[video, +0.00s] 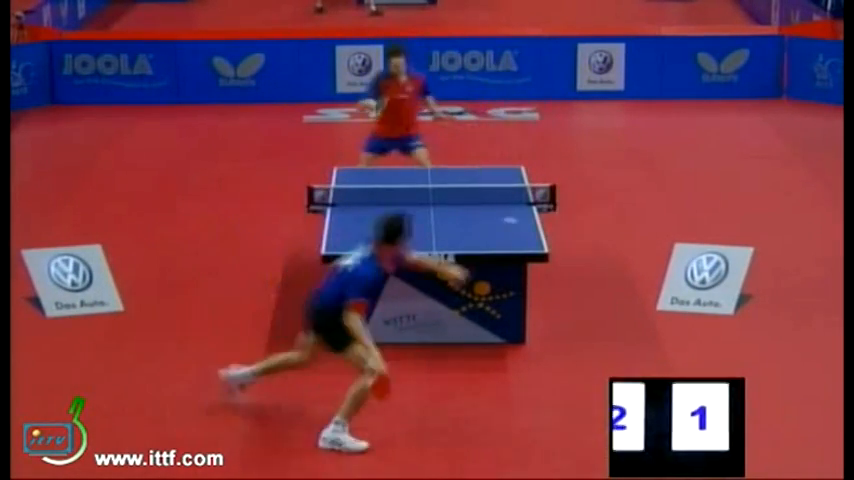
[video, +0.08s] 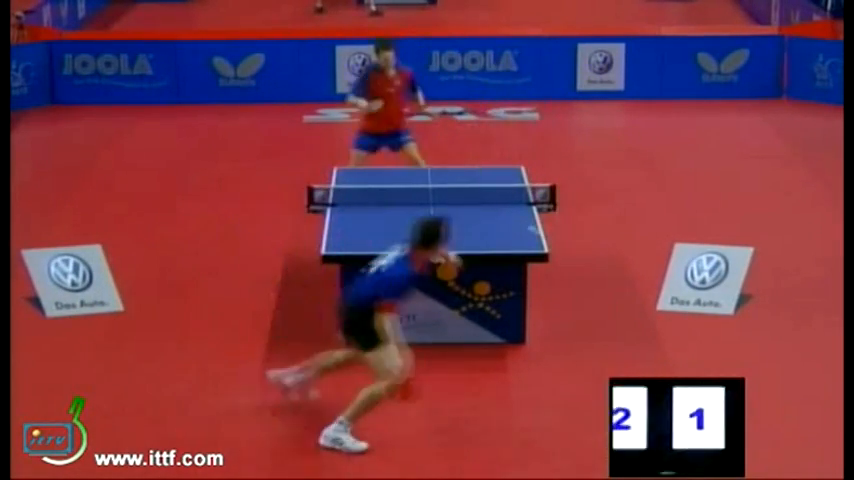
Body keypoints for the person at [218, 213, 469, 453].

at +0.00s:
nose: (402, 252)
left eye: (402, 247)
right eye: (399, 247)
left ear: (384, 243)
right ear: (387, 247)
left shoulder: (380, 256)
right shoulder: (368, 274)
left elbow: (412, 262)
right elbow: (352, 318)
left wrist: (443, 268)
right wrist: (375, 357)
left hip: (318, 309)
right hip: (330, 319)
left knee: (303, 356)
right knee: (374, 370)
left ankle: (243, 374)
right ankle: (336, 430)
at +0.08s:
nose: (442, 251)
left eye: (442, 246)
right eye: (440, 247)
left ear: (419, 241)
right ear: (430, 248)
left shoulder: (403, 253)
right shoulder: (401, 274)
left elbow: (427, 255)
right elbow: (386, 316)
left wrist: (445, 260)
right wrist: (400, 353)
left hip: (354, 301)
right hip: (360, 312)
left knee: (359, 354)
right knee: (394, 374)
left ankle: (295, 376)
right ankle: (339, 429)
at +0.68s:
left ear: (618, 231)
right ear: (642, 233)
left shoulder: (597, 258)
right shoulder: (645, 264)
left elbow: (568, 297)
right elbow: (668, 310)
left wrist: (578, 326)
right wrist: (688, 317)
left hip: (589, 329)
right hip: (621, 331)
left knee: (636, 373)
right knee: (659, 372)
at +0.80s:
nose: (622, 220)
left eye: (623, 217)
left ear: (625, 221)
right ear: (650, 224)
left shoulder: (604, 251)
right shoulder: (658, 257)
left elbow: (577, 291)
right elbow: (670, 309)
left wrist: (579, 320)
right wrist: (665, 301)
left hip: (604, 322)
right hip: (639, 326)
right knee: (666, 374)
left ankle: (602, 406)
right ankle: (671, 421)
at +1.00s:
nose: (610, 213)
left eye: (611, 209)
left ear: (610, 213)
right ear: (636, 214)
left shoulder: (595, 244)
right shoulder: (649, 246)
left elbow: (566, 283)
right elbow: (661, 286)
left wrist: (585, 294)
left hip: (604, 324)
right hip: (642, 325)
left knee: (564, 378)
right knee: (679, 378)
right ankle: (689, 444)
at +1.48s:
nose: (572, 246)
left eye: (574, 243)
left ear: (574, 247)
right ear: (598, 254)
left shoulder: (553, 274)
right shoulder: (591, 289)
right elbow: (586, 338)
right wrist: (617, 363)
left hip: (532, 356)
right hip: (566, 357)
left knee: (492, 395)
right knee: (617, 374)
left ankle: (491, 444)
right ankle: (634, 447)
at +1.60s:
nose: (559, 267)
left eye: (558, 261)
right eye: (558, 262)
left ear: (529, 259)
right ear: (553, 267)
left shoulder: (504, 286)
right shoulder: (541, 303)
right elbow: (554, 351)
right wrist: (589, 350)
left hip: (502, 374)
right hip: (539, 374)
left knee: (472, 399)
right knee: (595, 392)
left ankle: (481, 433)